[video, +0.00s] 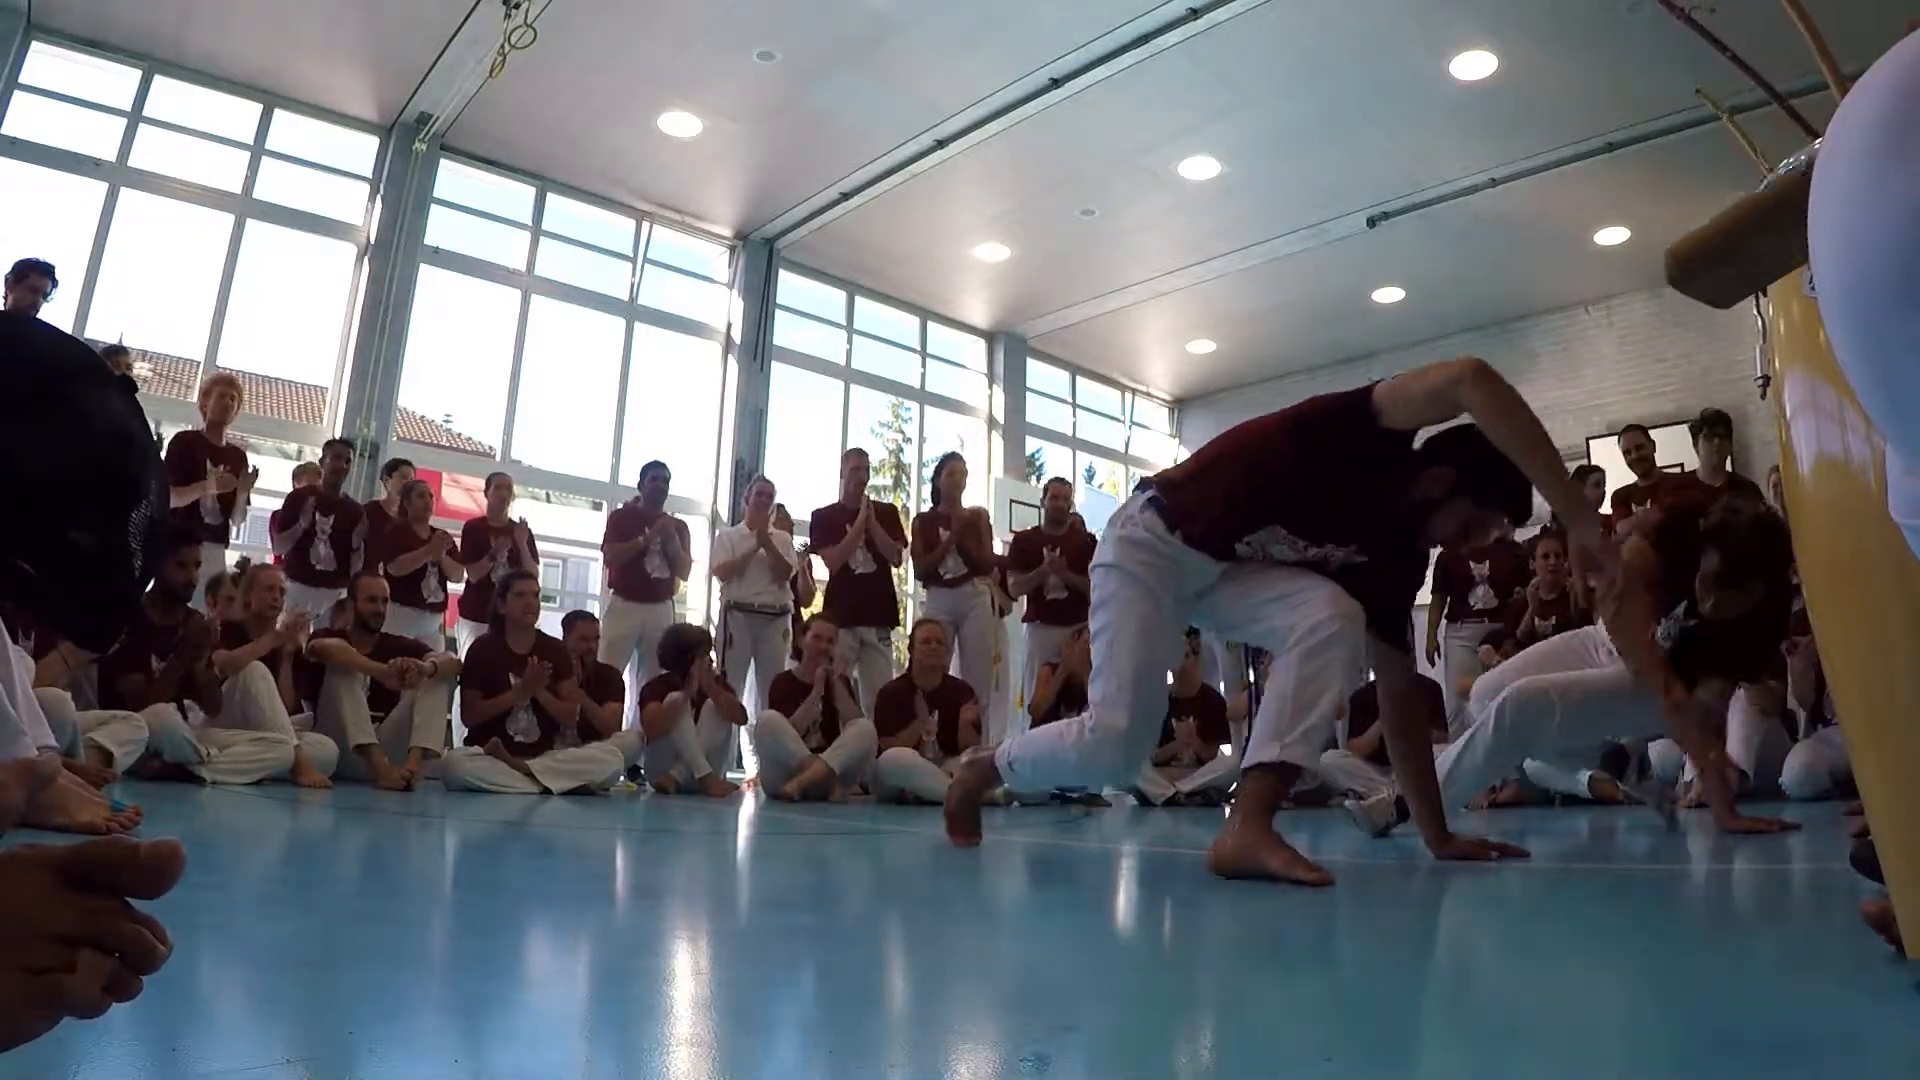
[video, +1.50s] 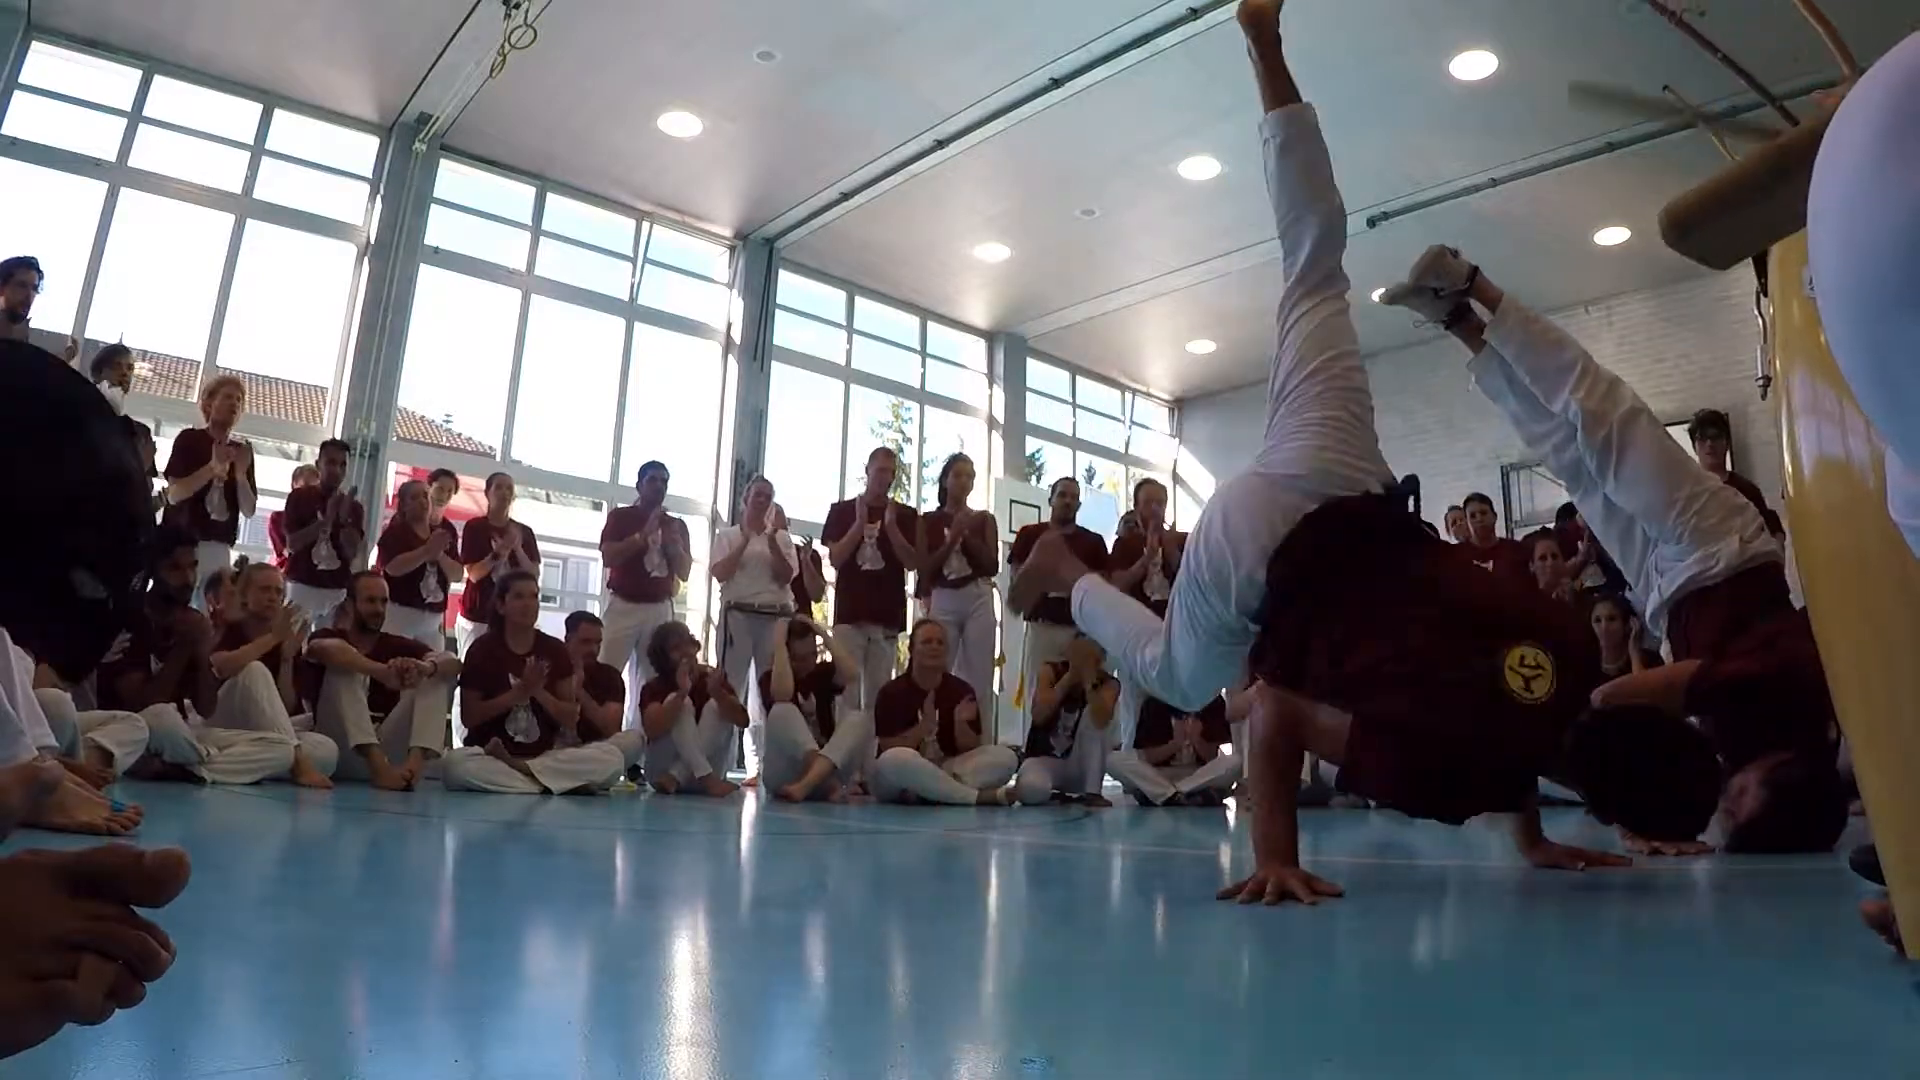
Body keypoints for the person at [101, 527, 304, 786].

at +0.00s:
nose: (192, 577)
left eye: (196, 566)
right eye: (181, 567)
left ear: (202, 566)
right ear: (156, 565)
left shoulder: (196, 624)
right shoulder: (127, 618)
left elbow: (213, 706)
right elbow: (139, 702)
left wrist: (200, 659)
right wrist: (186, 652)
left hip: (182, 732)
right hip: (130, 733)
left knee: (283, 750)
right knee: (161, 716)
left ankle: (184, 772)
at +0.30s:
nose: (189, 579)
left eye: (193, 569)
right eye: (178, 570)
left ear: (197, 570)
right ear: (155, 570)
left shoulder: (194, 623)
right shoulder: (128, 618)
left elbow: (212, 706)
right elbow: (138, 702)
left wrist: (202, 652)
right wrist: (188, 651)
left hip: (182, 731)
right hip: (131, 732)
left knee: (283, 752)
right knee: (161, 716)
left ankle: (186, 771)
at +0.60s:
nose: (186, 580)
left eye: (190, 570)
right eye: (175, 571)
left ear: (196, 571)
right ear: (152, 573)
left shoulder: (193, 623)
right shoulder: (132, 624)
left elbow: (210, 705)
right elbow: (135, 707)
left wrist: (202, 651)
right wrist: (182, 652)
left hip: (184, 733)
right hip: (136, 737)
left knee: (285, 752)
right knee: (160, 716)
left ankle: (189, 771)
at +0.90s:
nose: (187, 580)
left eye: (191, 570)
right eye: (175, 571)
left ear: (196, 569)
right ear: (153, 572)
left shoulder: (194, 622)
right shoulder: (129, 618)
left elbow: (210, 705)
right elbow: (133, 703)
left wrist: (202, 656)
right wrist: (181, 655)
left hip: (188, 729)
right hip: (134, 731)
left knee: (285, 753)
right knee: (161, 716)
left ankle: (182, 771)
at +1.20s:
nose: (188, 580)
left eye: (193, 569)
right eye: (175, 571)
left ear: (197, 568)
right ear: (153, 571)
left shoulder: (197, 623)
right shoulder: (131, 617)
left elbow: (209, 706)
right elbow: (139, 702)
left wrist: (197, 659)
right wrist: (184, 651)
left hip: (181, 730)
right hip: (132, 730)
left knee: (283, 751)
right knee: (161, 716)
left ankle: (186, 771)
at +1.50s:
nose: (187, 579)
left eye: (192, 567)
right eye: (174, 569)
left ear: (197, 567)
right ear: (153, 570)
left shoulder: (194, 621)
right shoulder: (128, 615)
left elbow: (205, 707)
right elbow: (139, 702)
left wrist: (201, 647)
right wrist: (183, 647)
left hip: (180, 734)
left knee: (283, 751)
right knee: (162, 716)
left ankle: (181, 771)